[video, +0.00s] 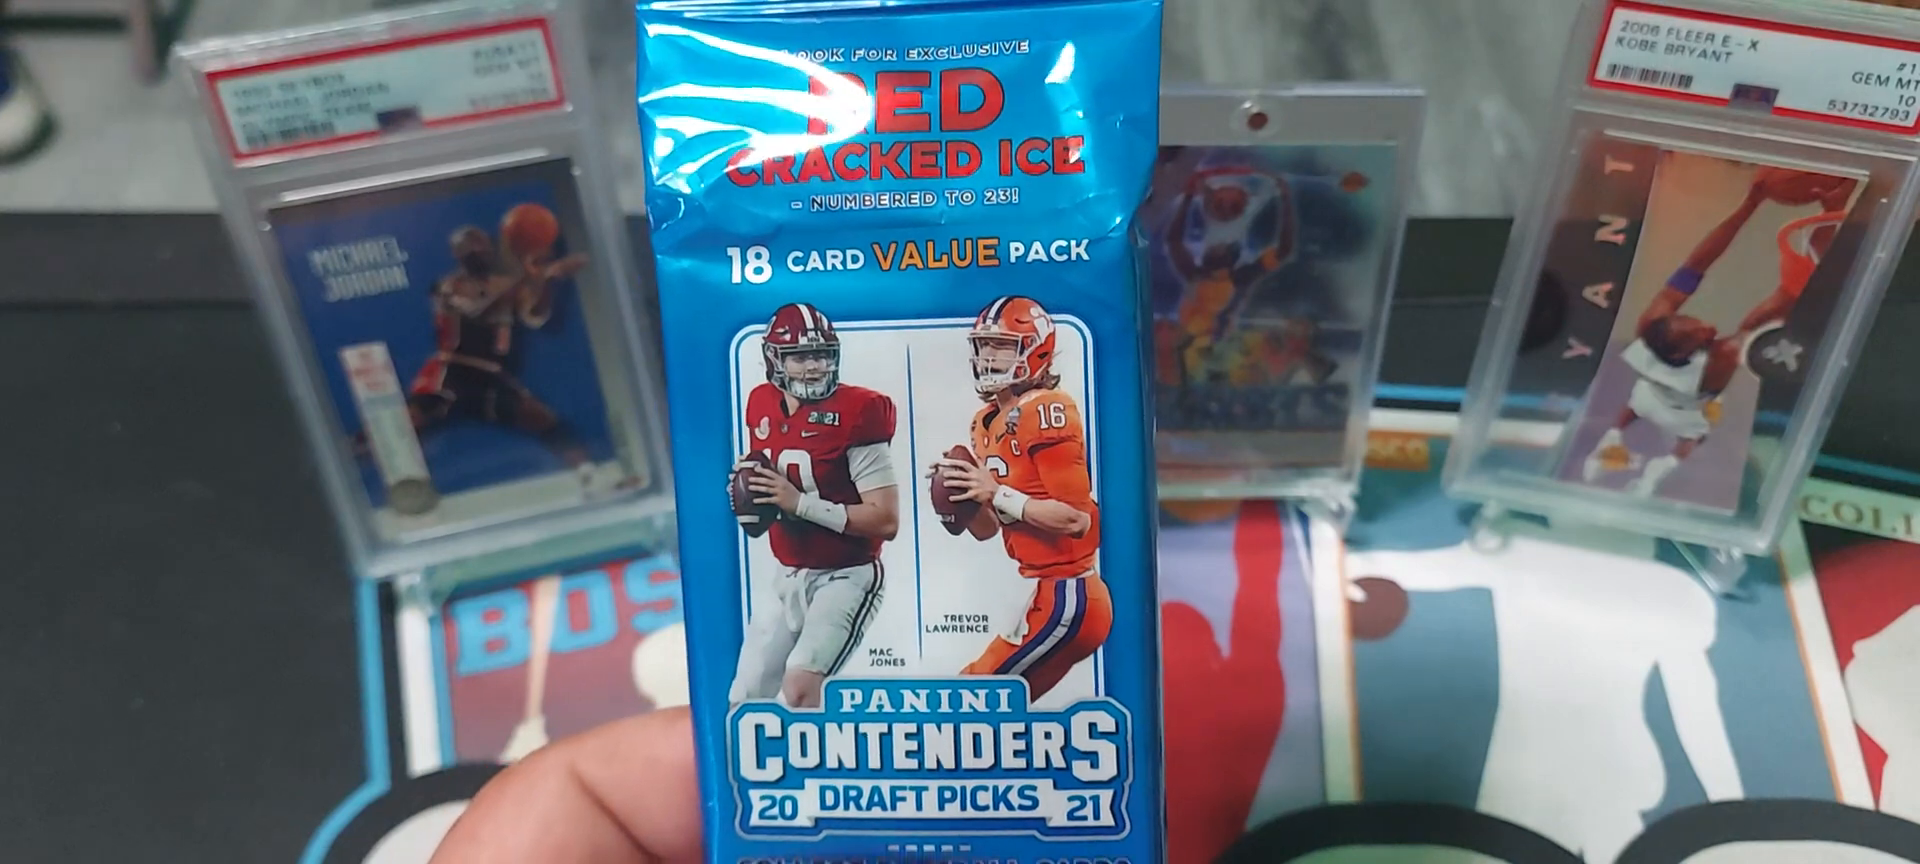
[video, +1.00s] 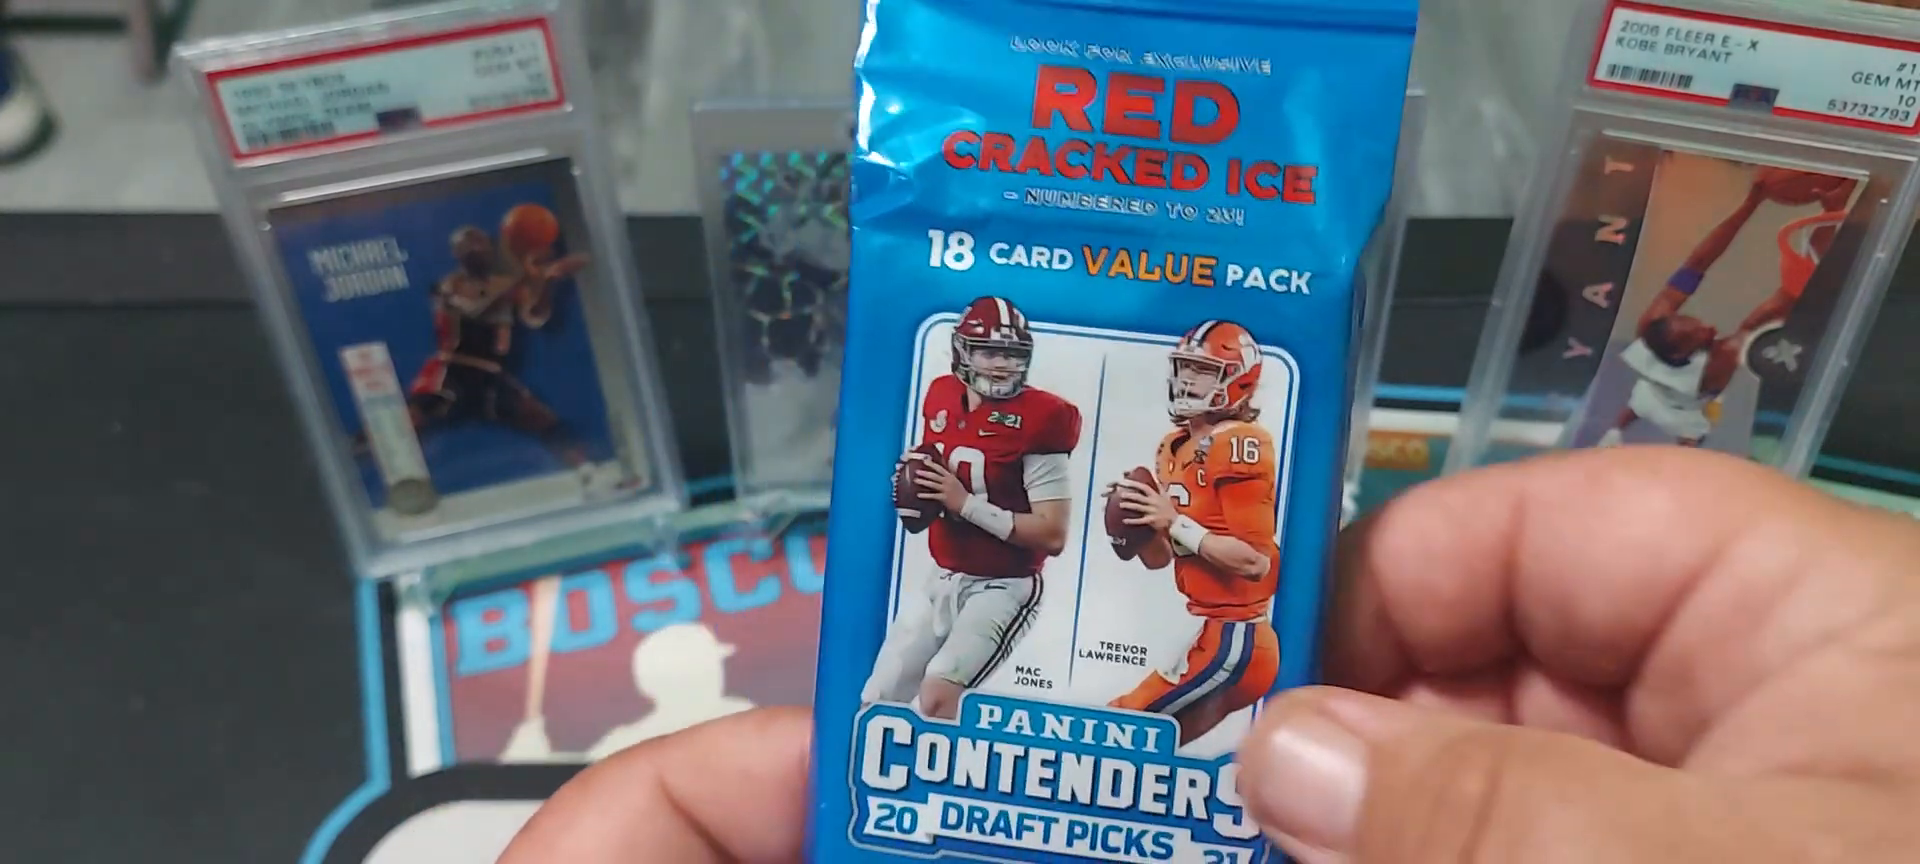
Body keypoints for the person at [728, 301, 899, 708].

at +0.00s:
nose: (813, 366)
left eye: (821, 355)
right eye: (800, 356)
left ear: (834, 357)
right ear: (776, 359)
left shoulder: (860, 411)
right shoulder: (762, 402)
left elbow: (885, 521)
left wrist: (798, 502)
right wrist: (745, 490)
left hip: (849, 576)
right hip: (788, 578)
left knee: (799, 689)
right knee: (744, 701)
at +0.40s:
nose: (852, 384)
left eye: (861, 372)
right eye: (838, 373)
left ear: (875, 375)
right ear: (813, 377)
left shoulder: (902, 432)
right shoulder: (802, 420)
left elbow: (925, 546)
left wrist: (836, 524)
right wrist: (783, 514)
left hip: (887, 602)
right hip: (826, 602)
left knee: (836, 715)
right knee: (779, 726)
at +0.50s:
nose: (904, 412)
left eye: (914, 400)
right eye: (890, 400)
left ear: (928, 402)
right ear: (865, 403)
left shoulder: (956, 461)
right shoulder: (852, 447)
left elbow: (975, 577)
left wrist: (885, 553)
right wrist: (832, 543)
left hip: (935, 635)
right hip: (871, 632)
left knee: (881, 748)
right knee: (823, 757)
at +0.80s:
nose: (959, 402)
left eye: (968, 391)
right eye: (946, 391)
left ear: (982, 394)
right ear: (919, 393)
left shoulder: (1004, 453)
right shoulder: (901, 436)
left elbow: (1021, 570)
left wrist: (932, 544)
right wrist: (877, 527)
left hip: (977, 626)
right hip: (910, 621)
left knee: (916, 738)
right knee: (858, 743)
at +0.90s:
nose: (979, 379)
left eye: (990, 367)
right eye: (967, 367)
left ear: (1004, 371)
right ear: (941, 369)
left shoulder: (1025, 429)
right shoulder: (923, 409)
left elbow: (1035, 547)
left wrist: (947, 517)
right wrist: (895, 494)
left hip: (991, 600)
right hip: (927, 594)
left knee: (926, 707)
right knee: (867, 712)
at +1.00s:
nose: (1003, 364)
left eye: (1014, 354)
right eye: (989, 352)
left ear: (1026, 358)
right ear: (963, 352)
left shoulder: (1045, 417)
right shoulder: (942, 394)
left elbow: (1053, 534)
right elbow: (933, 469)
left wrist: (966, 504)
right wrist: (911, 480)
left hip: (1006, 588)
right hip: (941, 580)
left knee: (937, 697)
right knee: (878, 698)